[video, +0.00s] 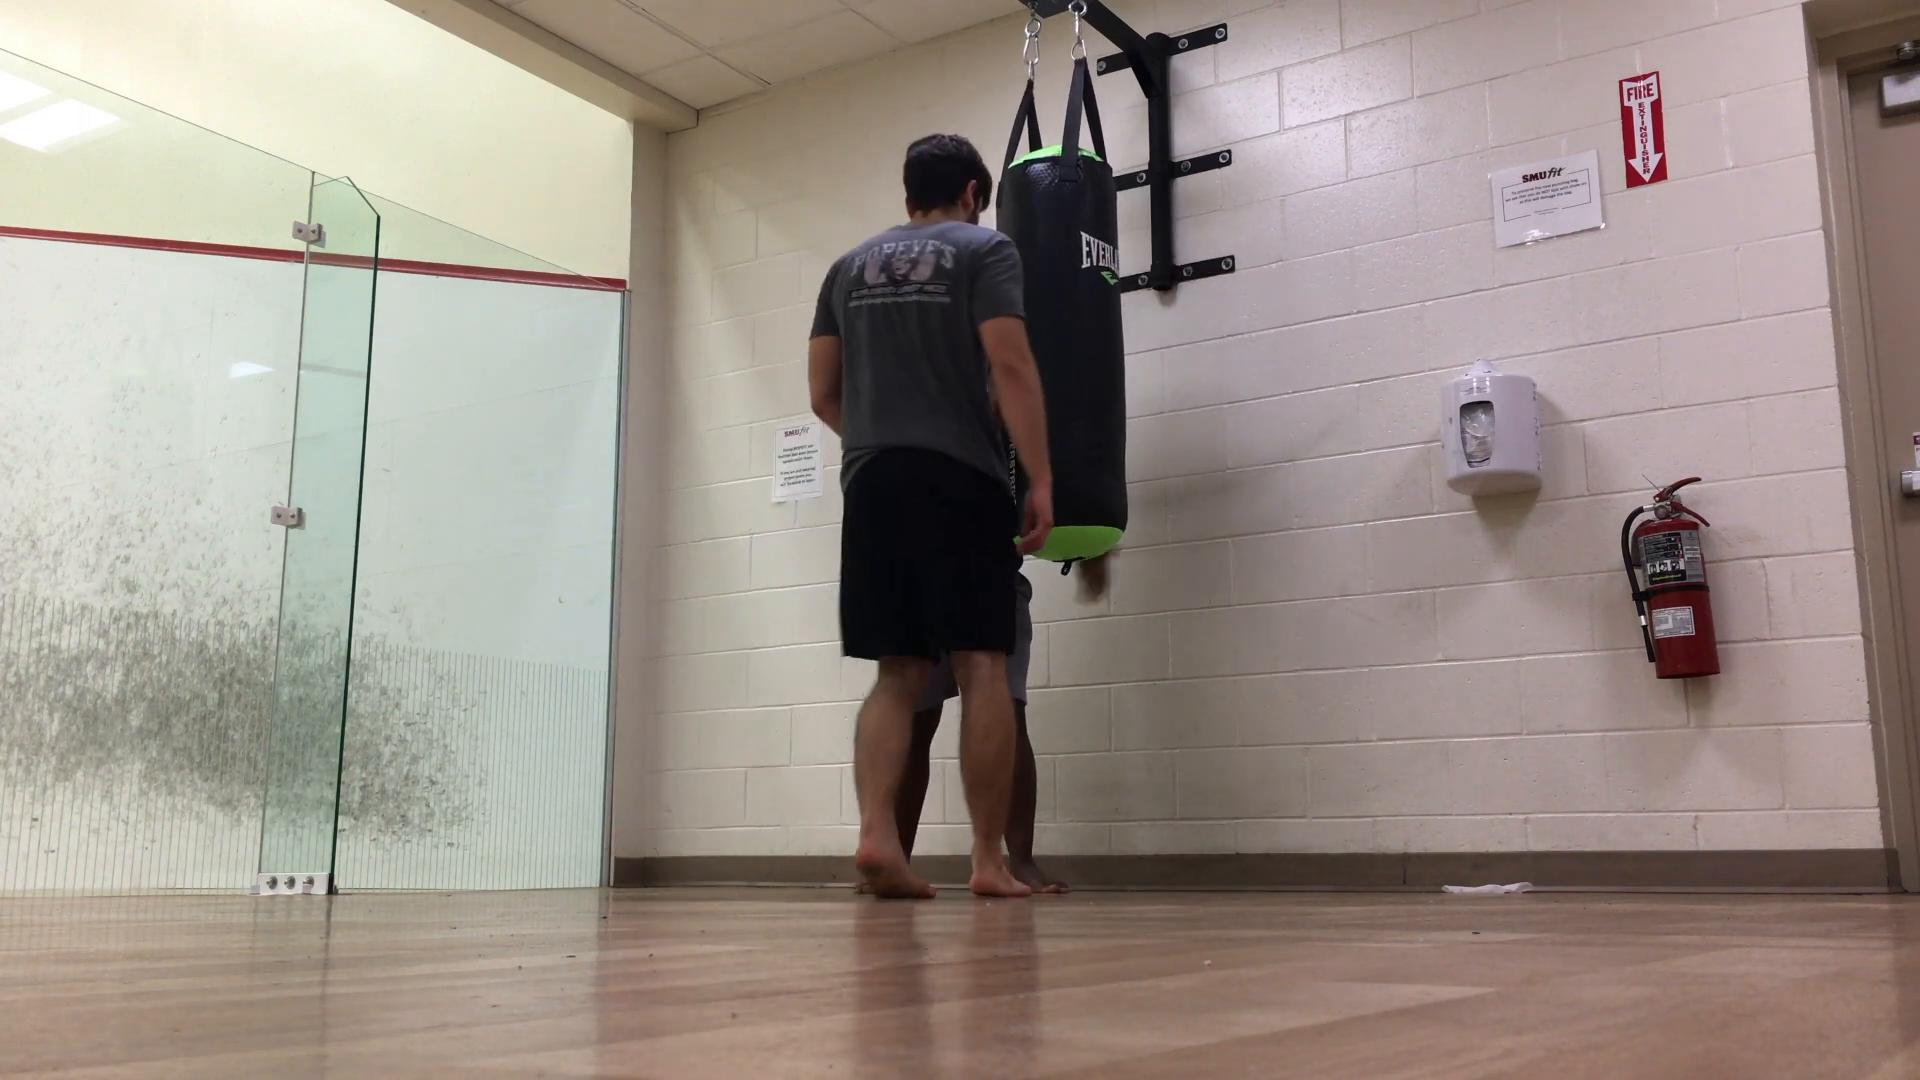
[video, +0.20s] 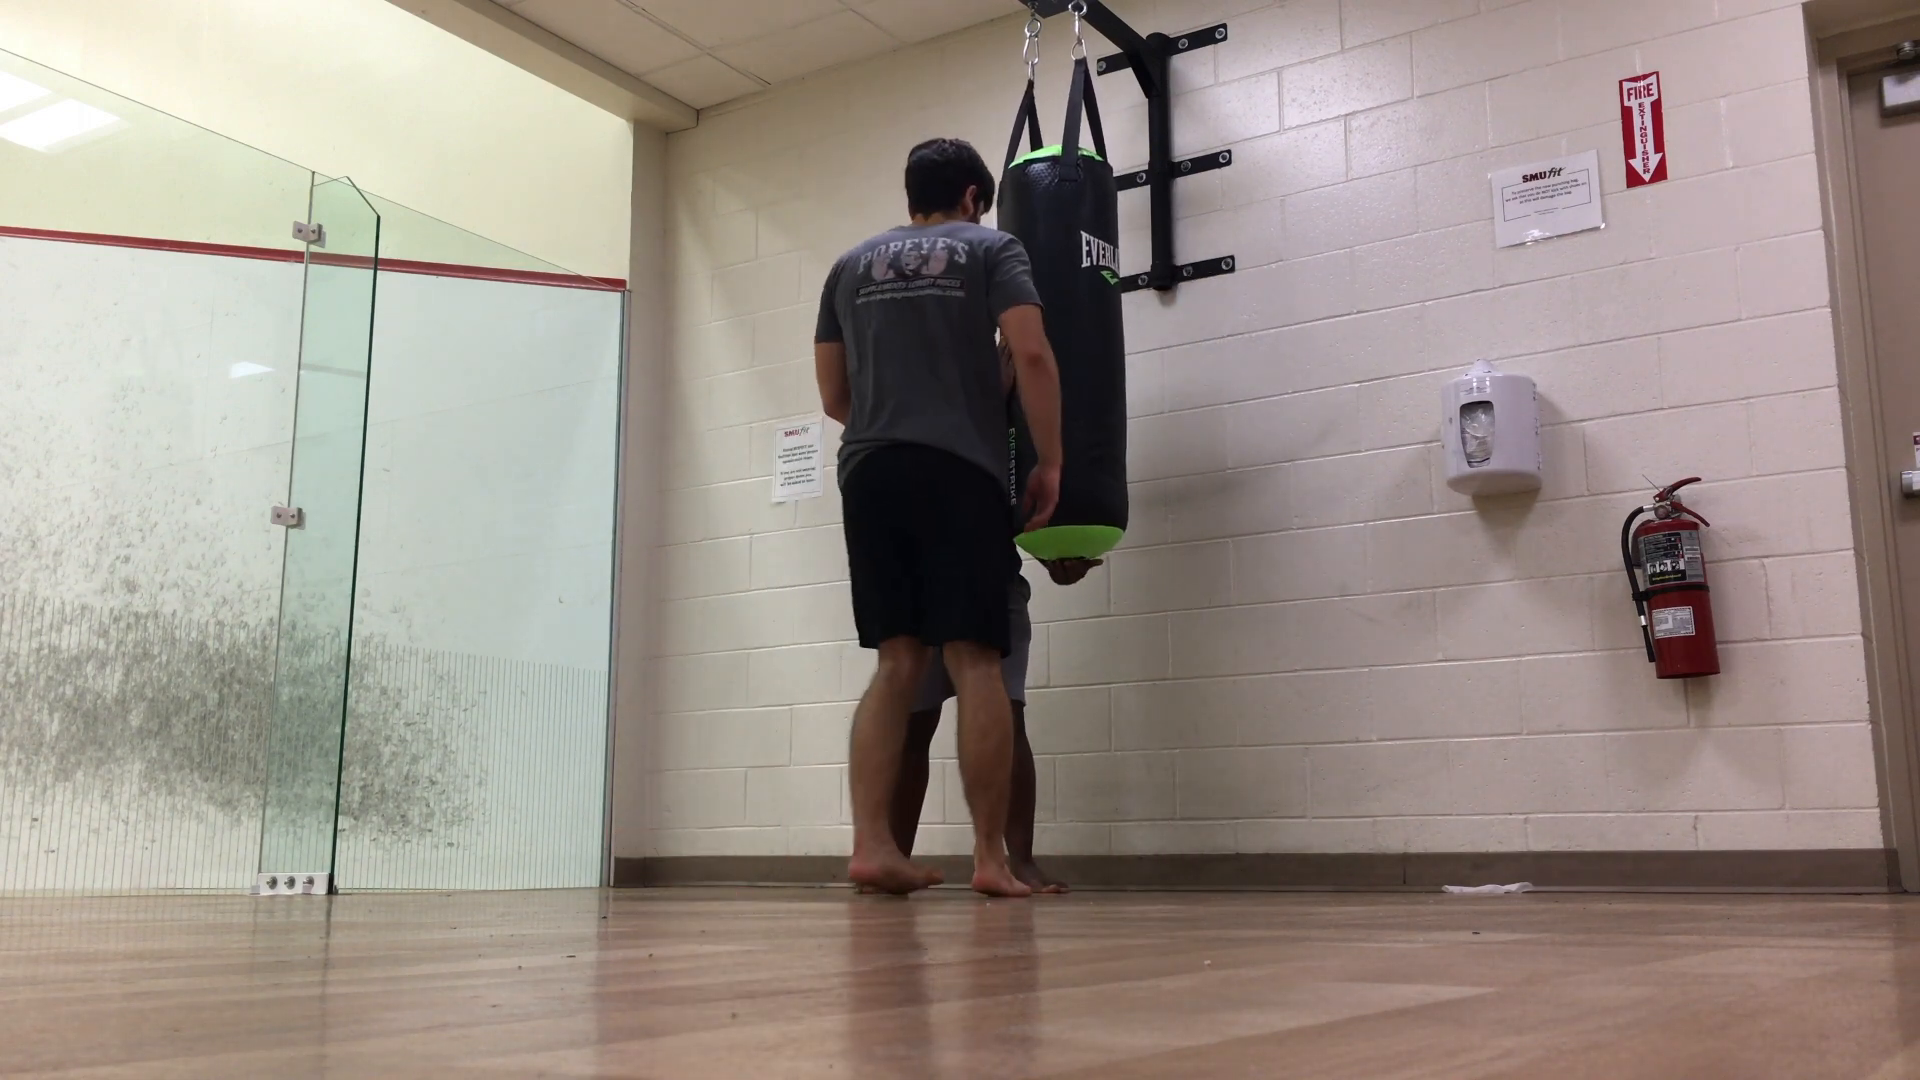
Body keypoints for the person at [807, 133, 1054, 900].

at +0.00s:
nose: (979, 209)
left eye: (974, 200)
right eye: (981, 199)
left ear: (904, 199)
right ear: (973, 195)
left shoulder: (848, 267)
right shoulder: (984, 248)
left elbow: (823, 393)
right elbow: (1009, 364)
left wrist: (885, 441)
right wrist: (1039, 477)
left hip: (874, 482)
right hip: (963, 478)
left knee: (899, 669)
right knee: (983, 670)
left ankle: (878, 839)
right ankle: (990, 860)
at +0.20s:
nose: (981, 212)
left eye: (975, 204)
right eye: (983, 202)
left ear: (908, 201)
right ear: (974, 199)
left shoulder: (850, 265)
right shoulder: (992, 247)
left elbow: (835, 395)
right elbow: (1031, 352)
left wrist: (903, 426)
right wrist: (1048, 459)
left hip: (871, 474)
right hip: (961, 472)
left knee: (896, 657)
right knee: (977, 662)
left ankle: (872, 849)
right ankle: (993, 859)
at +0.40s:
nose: (967, 220)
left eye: (963, 211)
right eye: (966, 210)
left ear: (895, 213)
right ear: (955, 205)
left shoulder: (852, 282)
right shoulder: (944, 236)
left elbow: (862, 396)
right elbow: (945, 320)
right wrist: (999, 412)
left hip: (843, 466)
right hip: (919, 465)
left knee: (862, 661)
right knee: (956, 654)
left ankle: (870, 859)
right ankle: (1001, 848)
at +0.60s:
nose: (945, 214)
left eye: (946, 201)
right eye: (945, 198)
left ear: (879, 189)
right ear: (927, 186)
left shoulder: (860, 243)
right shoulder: (893, 226)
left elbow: (856, 388)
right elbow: (857, 306)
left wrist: (932, 449)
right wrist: (945, 395)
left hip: (845, 465)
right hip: (869, 461)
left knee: (853, 657)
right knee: (893, 629)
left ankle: (870, 854)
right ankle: (894, 826)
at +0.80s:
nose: (914, 184)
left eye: (914, 169)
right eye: (914, 167)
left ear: (863, 158)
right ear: (895, 156)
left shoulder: (863, 243)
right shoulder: (823, 207)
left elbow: (849, 336)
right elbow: (799, 303)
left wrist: (929, 334)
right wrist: (917, 334)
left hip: (864, 461)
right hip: (820, 443)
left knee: (860, 662)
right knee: (788, 590)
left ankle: (872, 858)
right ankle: (675, 786)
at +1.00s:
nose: (891, 175)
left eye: (892, 162)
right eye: (890, 158)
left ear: (838, 145)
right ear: (867, 141)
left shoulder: (840, 242)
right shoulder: (786, 176)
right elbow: (751, 274)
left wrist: (861, 336)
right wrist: (866, 321)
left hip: (826, 466)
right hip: (760, 447)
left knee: (864, 642)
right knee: (713, 626)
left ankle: (882, 840)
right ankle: (610, 834)